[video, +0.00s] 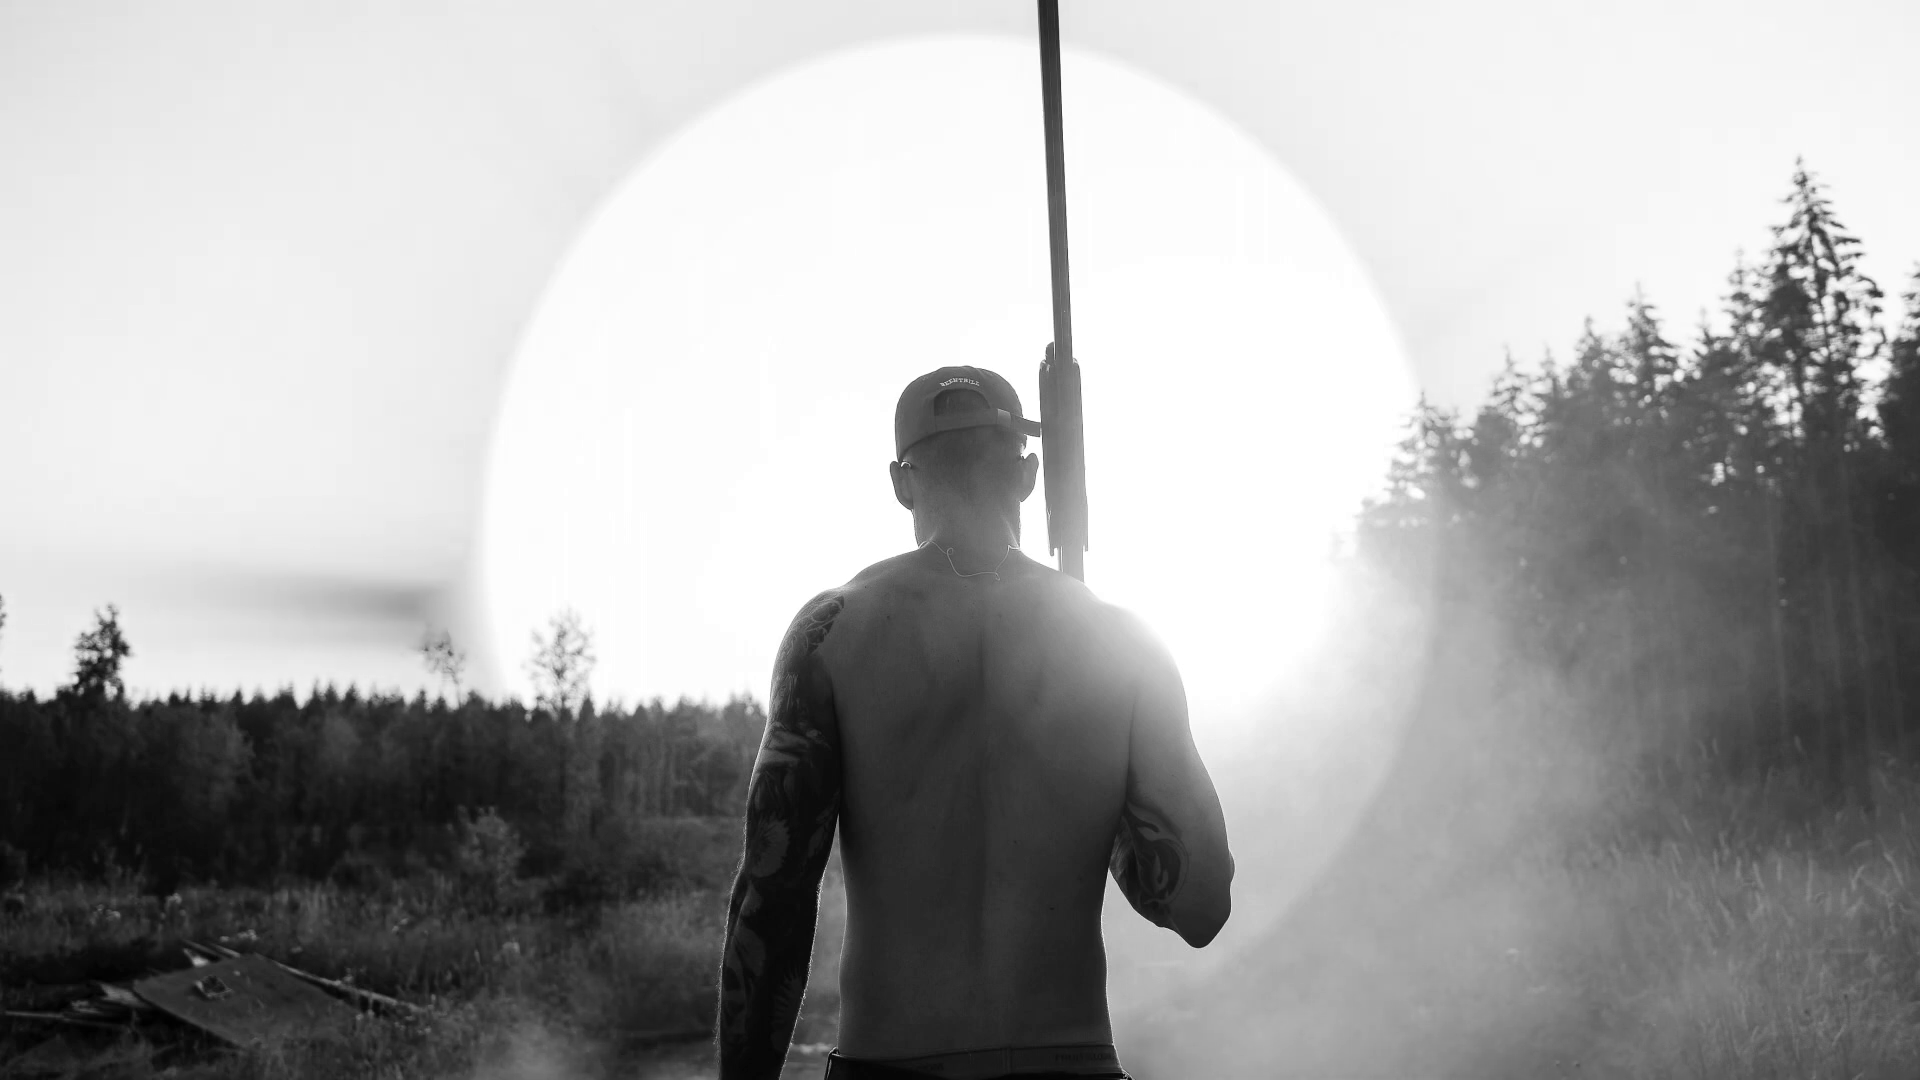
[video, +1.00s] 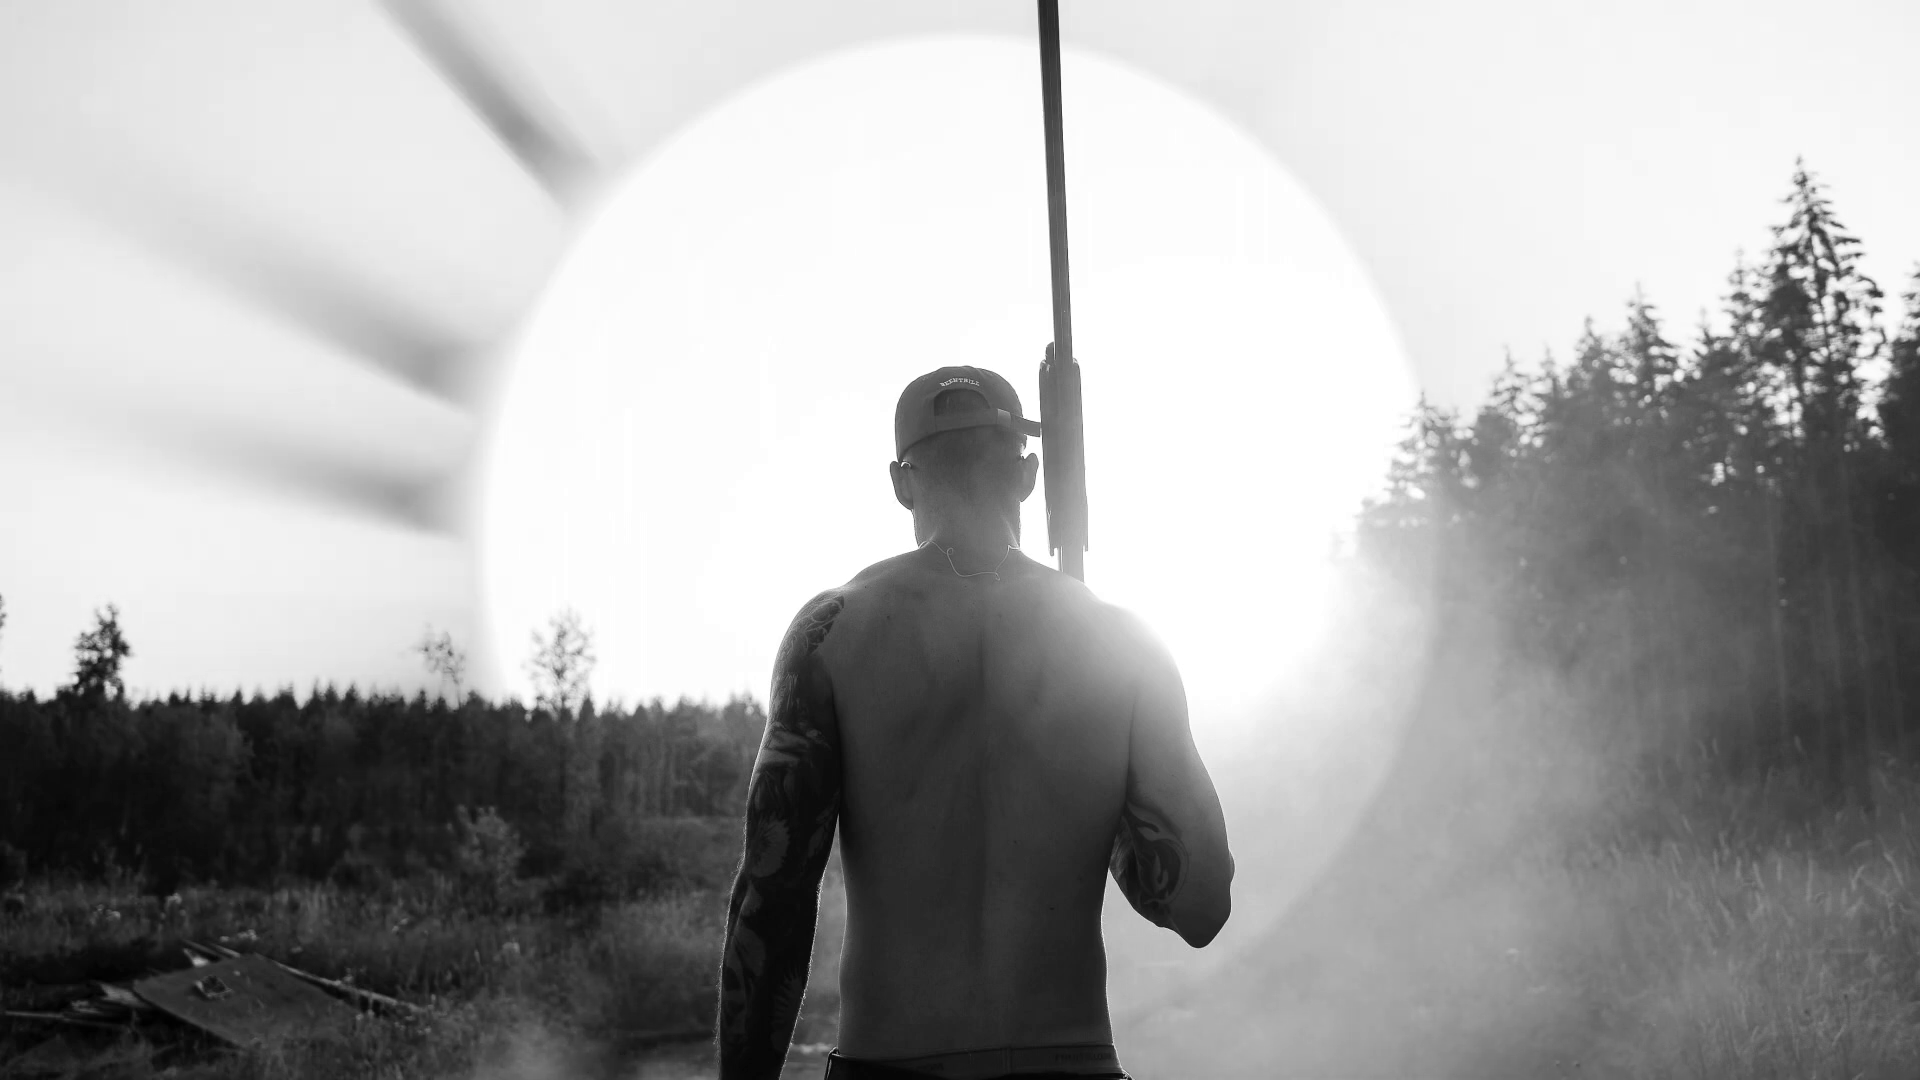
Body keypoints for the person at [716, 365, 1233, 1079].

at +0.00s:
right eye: (1017, 450)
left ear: (903, 486)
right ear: (1027, 476)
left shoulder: (832, 630)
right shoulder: (1121, 641)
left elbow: (773, 884)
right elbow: (1201, 904)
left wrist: (747, 1063)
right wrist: (1102, 803)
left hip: (887, 1045)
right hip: (1067, 1045)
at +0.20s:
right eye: (1017, 450)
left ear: (903, 486)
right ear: (1027, 476)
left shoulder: (832, 630)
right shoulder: (1121, 641)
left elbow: (773, 884)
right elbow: (1201, 904)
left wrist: (747, 1063)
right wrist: (1102, 803)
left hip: (887, 1045)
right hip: (1067, 1045)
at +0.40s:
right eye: (1017, 450)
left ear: (903, 486)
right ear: (1027, 476)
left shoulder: (832, 630)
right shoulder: (1121, 641)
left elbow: (773, 884)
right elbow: (1201, 904)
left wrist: (747, 1063)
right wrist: (1102, 803)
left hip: (887, 1045)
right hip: (1067, 1045)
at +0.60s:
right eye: (1017, 450)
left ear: (903, 486)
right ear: (1027, 476)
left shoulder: (832, 630)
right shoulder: (1121, 641)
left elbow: (773, 884)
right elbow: (1201, 904)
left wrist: (747, 1063)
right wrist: (1102, 803)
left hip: (887, 1045)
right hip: (1067, 1045)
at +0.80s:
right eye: (1017, 450)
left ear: (903, 486)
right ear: (1027, 476)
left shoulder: (832, 630)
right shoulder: (1121, 641)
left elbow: (773, 884)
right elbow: (1201, 904)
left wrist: (747, 1063)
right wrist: (1102, 803)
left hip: (887, 1045)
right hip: (1068, 1045)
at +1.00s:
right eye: (1017, 450)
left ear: (903, 486)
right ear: (1027, 476)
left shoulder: (832, 630)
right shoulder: (1121, 641)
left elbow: (773, 884)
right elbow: (1201, 904)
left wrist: (747, 1063)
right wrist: (1102, 803)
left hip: (887, 1045)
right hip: (1068, 1045)